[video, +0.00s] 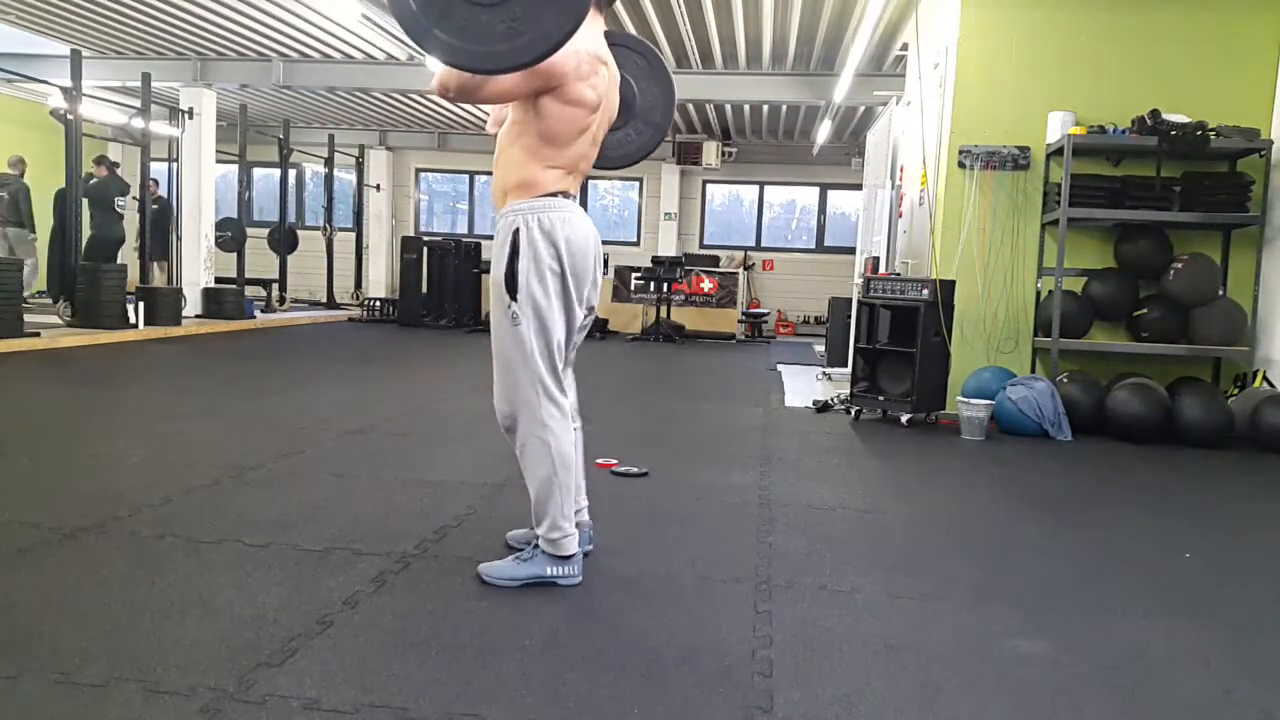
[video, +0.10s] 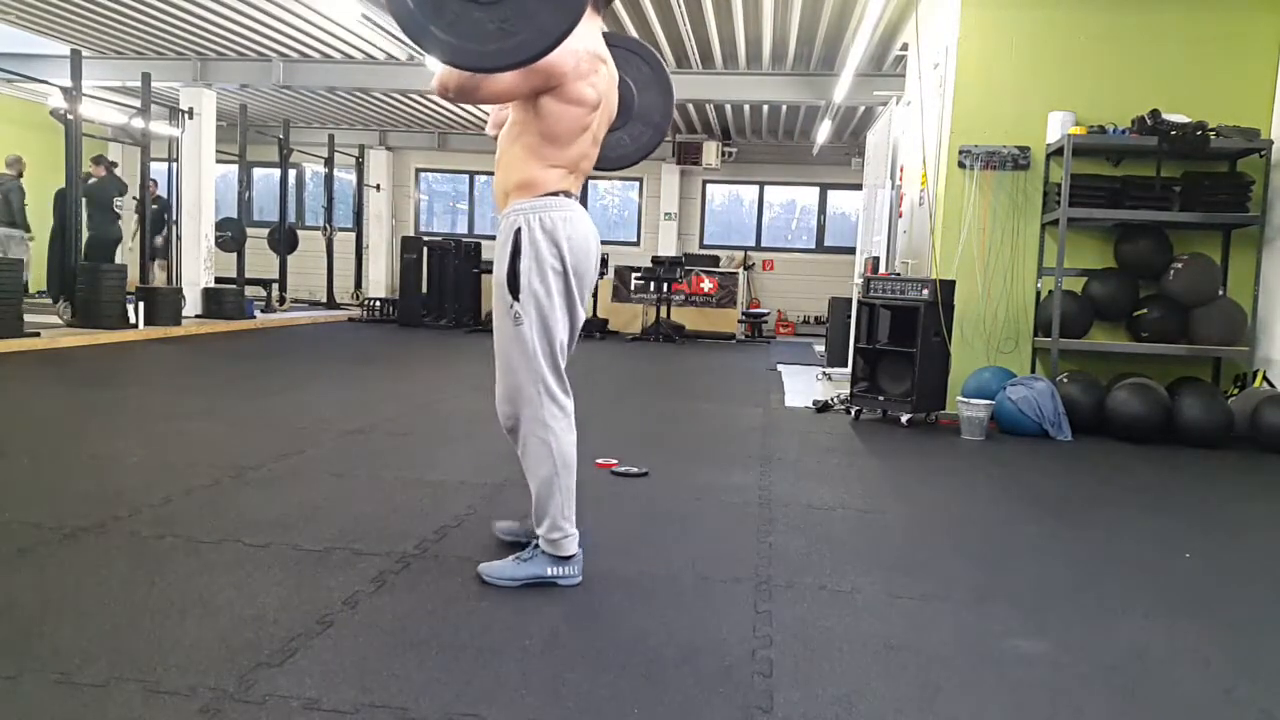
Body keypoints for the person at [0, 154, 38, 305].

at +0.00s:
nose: (25, 170)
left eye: (24, 168)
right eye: (24, 168)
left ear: (9, 167)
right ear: (21, 168)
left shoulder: (2, 182)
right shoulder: (21, 186)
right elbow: (26, 211)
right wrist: (32, 231)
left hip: (2, 227)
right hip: (17, 228)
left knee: (4, 262)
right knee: (30, 259)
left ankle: (5, 293)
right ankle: (24, 292)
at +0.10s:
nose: (24, 169)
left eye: (24, 166)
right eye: (23, 166)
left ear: (8, 166)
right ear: (19, 167)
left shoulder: (3, 181)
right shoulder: (13, 185)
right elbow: (19, 210)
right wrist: (27, 231)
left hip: (3, 228)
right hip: (12, 230)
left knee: (5, 263)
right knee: (20, 263)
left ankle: (5, 291)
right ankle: (20, 289)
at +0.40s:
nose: (15, 168)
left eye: (15, 165)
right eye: (11, 165)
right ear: (2, 166)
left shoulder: (13, 185)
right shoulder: (3, 185)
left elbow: (14, 210)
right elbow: (2, 213)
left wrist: (20, 226)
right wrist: (14, 227)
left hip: (11, 230)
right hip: (3, 230)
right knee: (4, 264)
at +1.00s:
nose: (21, 166)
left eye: (22, 163)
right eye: (17, 164)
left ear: (26, 164)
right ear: (10, 165)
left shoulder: (34, 186)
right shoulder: (3, 184)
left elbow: (43, 206)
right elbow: (1, 209)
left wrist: (34, 214)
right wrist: (15, 214)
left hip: (27, 234)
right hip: (6, 233)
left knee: (31, 270)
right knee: (6, 270)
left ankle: (35, 302)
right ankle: (7, 302)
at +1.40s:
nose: (18, 168)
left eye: (21, 165)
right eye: (15, 165)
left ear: (27, 165)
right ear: (10, 166)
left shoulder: (37, 185)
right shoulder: (3, 183)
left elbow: (46, 208)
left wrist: (30, 208)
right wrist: (6, 208)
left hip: (28, 235)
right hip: (5, 234)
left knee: (31, 271)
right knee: (5, 271)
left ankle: (35, 302)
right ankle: (7, 303)